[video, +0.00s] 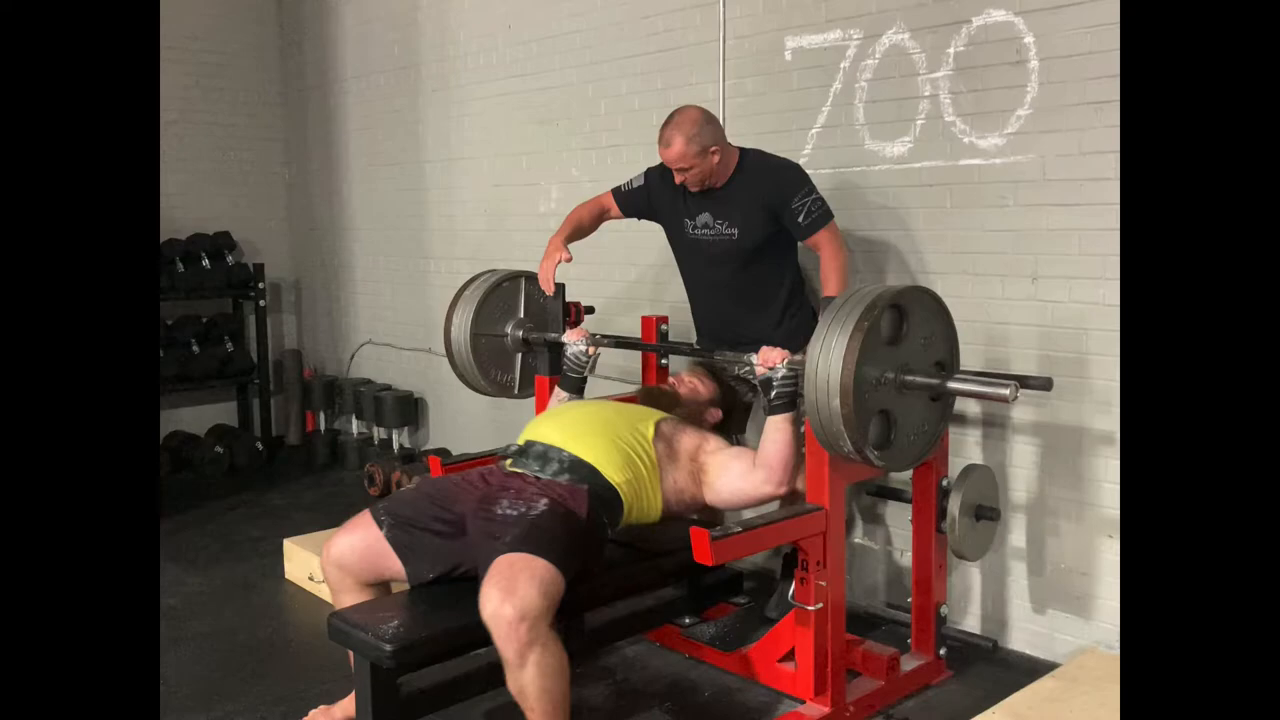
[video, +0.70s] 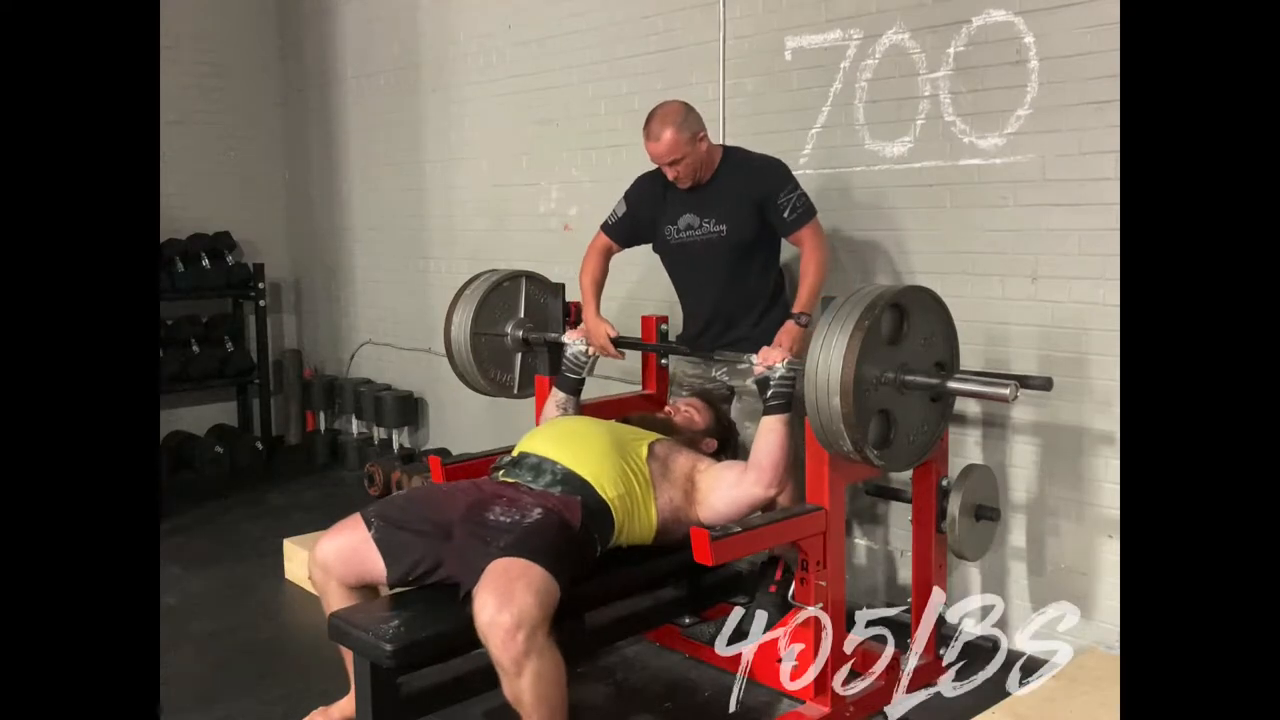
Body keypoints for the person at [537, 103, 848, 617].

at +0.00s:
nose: (677, 179)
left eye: (684, 169)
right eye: (671, 169)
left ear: (717, 153)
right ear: (667, 156)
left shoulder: (778, 178)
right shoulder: (664, 186)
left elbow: (831, 246)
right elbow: (600, 208)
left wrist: (833, 327)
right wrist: (558, 241)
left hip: (791, 350)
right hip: (718, 355)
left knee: (789, 478)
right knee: (713, 475)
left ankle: (795, 585)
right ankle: (724, 588)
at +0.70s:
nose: (670, 175)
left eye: (676, 162)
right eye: (660, 166)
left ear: (703, 140)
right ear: (651, 154)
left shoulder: (763, 176)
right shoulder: (650, 193)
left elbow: (814, 244)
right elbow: (599, 249)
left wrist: (799, 321)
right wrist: (590, 314)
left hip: (761, 355)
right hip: (694, 356)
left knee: (770, 482)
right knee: (688, 479)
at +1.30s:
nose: (655, 191)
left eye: (659, 178)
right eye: (642, 184)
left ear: (678, 149)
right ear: (627, 172)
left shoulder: (738, 181)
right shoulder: (624, 206)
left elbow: (782, 261)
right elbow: (581, 262)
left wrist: (766, 333)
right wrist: (589, 327)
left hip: (752, 344)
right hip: (685, 347)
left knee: (758, 456)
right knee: (672, 459)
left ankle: (777, 572)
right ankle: (687, 579)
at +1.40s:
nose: (656, 189)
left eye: (660, 176)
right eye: (643, 182)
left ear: (680, 147)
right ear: (628, 169)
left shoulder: (740, 180)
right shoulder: (625, 203)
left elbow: (781, 262)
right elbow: (582, 261)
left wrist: (758, 331)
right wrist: (590, 327)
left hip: (750, 349)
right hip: (680, 353)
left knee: (756, 460)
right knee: (667, 465)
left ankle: (772, 581)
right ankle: (679, 585)